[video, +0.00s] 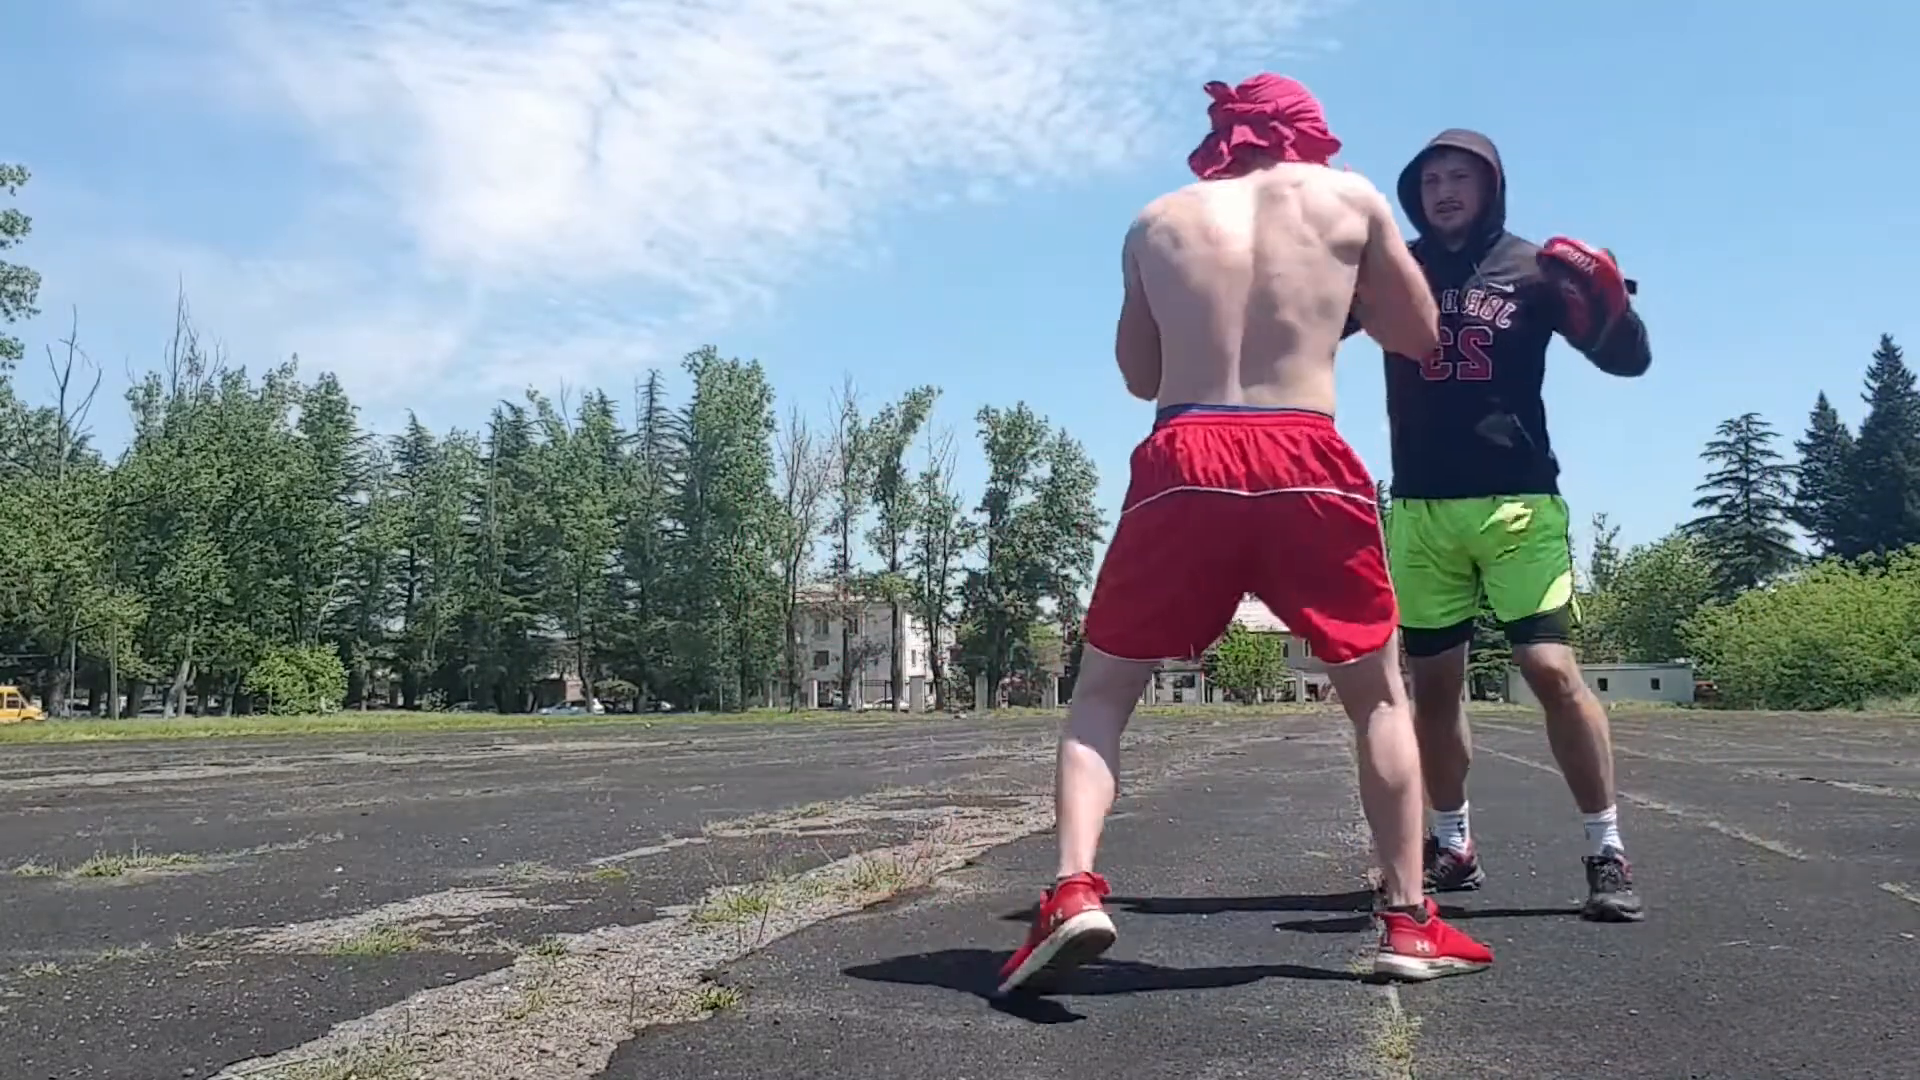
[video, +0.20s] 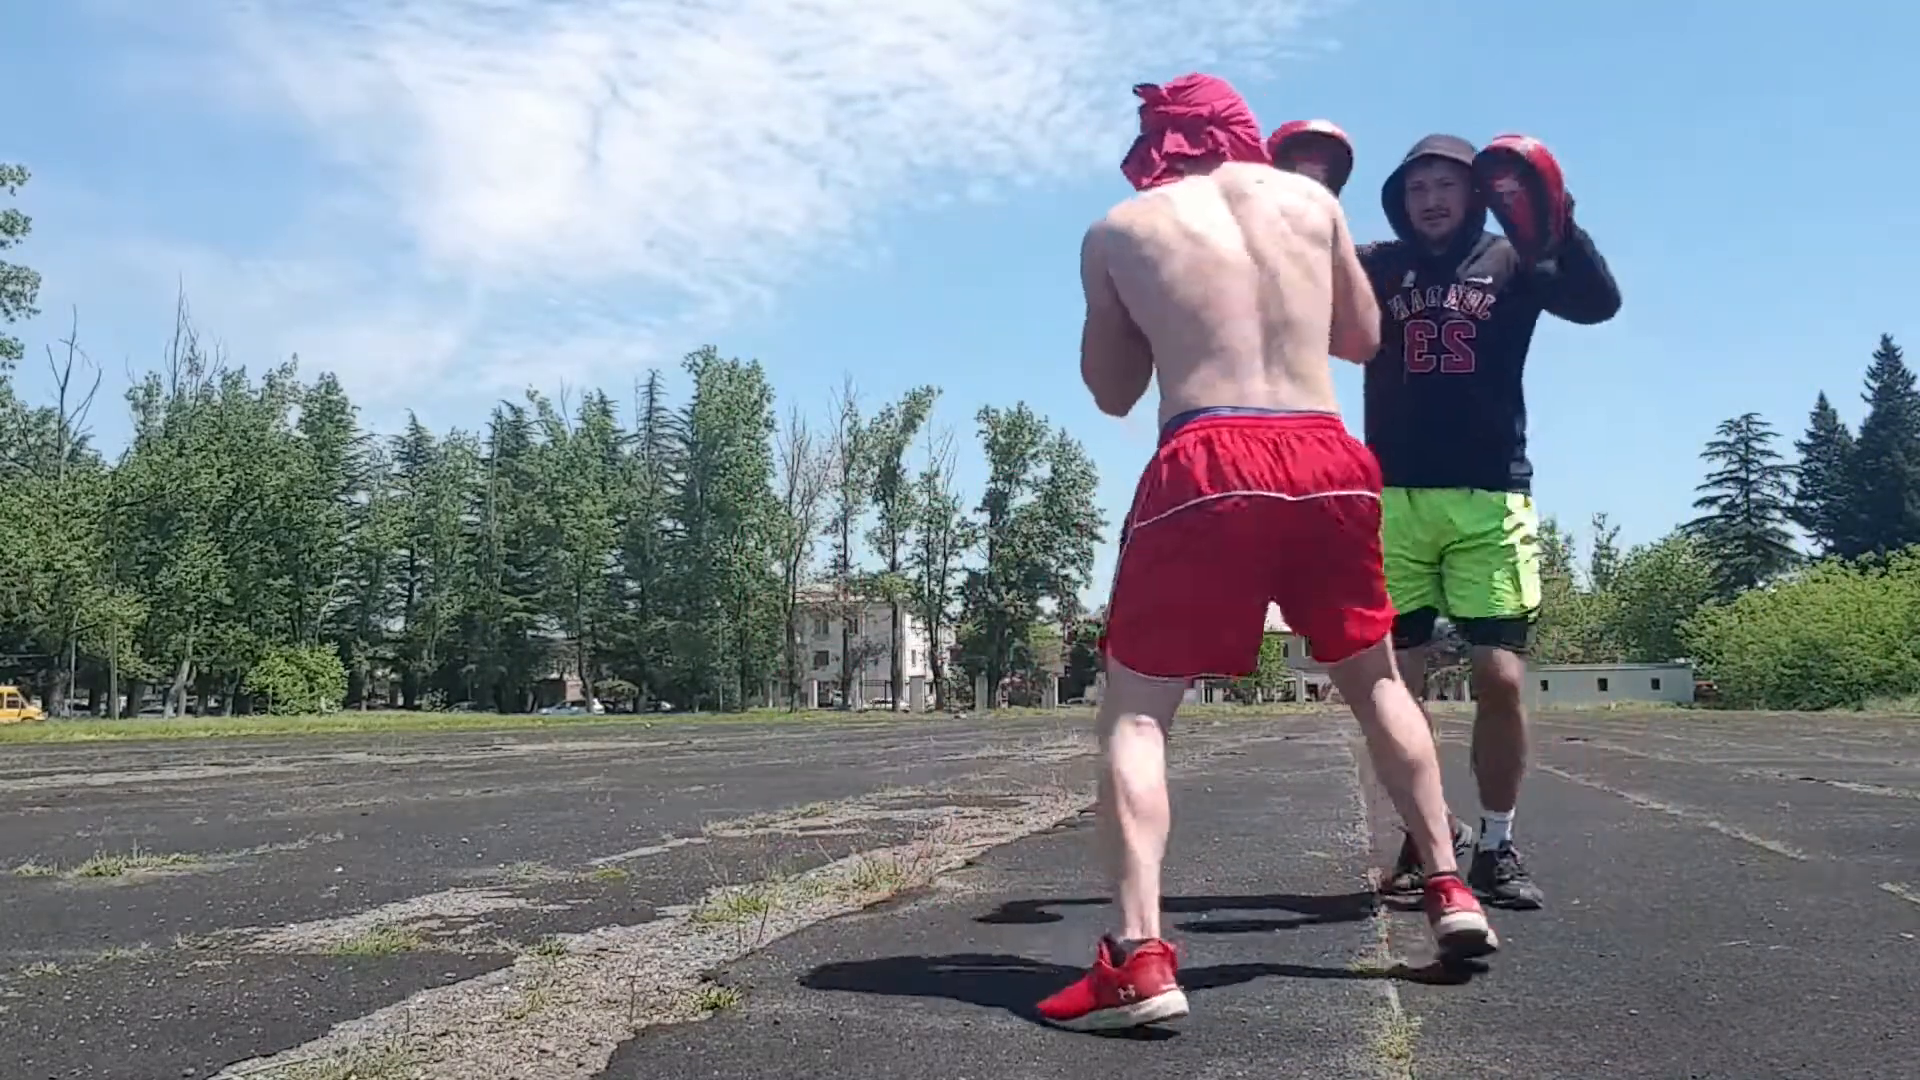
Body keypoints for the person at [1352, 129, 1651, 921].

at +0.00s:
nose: (1446, 191)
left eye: (1462, 179)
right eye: (1433, 181)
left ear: (1492, 190)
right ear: (1415, 195)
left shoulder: (1533, 267)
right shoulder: (1392, 272)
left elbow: (1630, 361)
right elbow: (1318, 313)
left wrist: (1612, 305)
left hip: (1518, 502)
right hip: (1420, 509)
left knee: (1551, 671)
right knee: (1432, 689)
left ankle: (1607, 851)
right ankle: (1450, 847)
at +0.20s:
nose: (1431, 197)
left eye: (1447, 185)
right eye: (1418, 186)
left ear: (1475, 195)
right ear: (1400, 199)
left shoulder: (1512, 261)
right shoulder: (1375, 265)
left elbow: (1598, 302)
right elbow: (1308, 295)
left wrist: (1558, 225)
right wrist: (1296, 215)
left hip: (1491, 496)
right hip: (1395, 495)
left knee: (1501, 679)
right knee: (1395, 678)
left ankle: (1496, 846)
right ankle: (1414, 840)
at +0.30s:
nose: (1432, 206)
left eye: (1447, 193)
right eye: (1418, 195)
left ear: (1476, 207)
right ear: (1399, 210)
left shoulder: (1509, 275)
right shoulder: (1379, 274)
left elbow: (1575, 277)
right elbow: (1316, 263)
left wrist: (1535, 198)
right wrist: (1319, 181)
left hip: (1485, 510)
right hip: (1389, 505)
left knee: (1496, 682)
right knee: (1341, 667)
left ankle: (1496, 851)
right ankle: (1388, 804)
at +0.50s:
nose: (1405, 193)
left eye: (1421, 180)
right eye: (1389, 179)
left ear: (1445, 196)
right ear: (1361, 191)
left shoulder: (1467, 264)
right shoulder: (1336, 260)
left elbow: (1545, 270)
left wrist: (1507, 191)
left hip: (1451, 497)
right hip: (1359, 498)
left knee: (1480, 675)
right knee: (1314, 679)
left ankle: (1493, 849)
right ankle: (1280, 847)